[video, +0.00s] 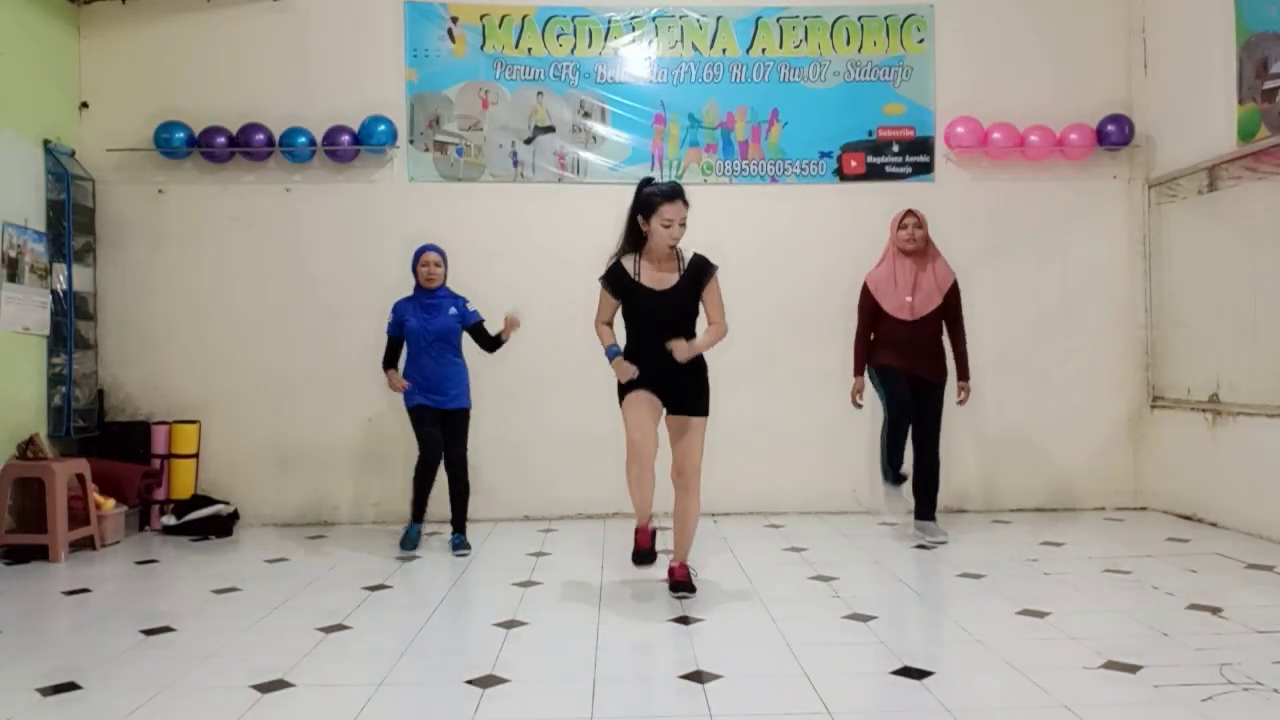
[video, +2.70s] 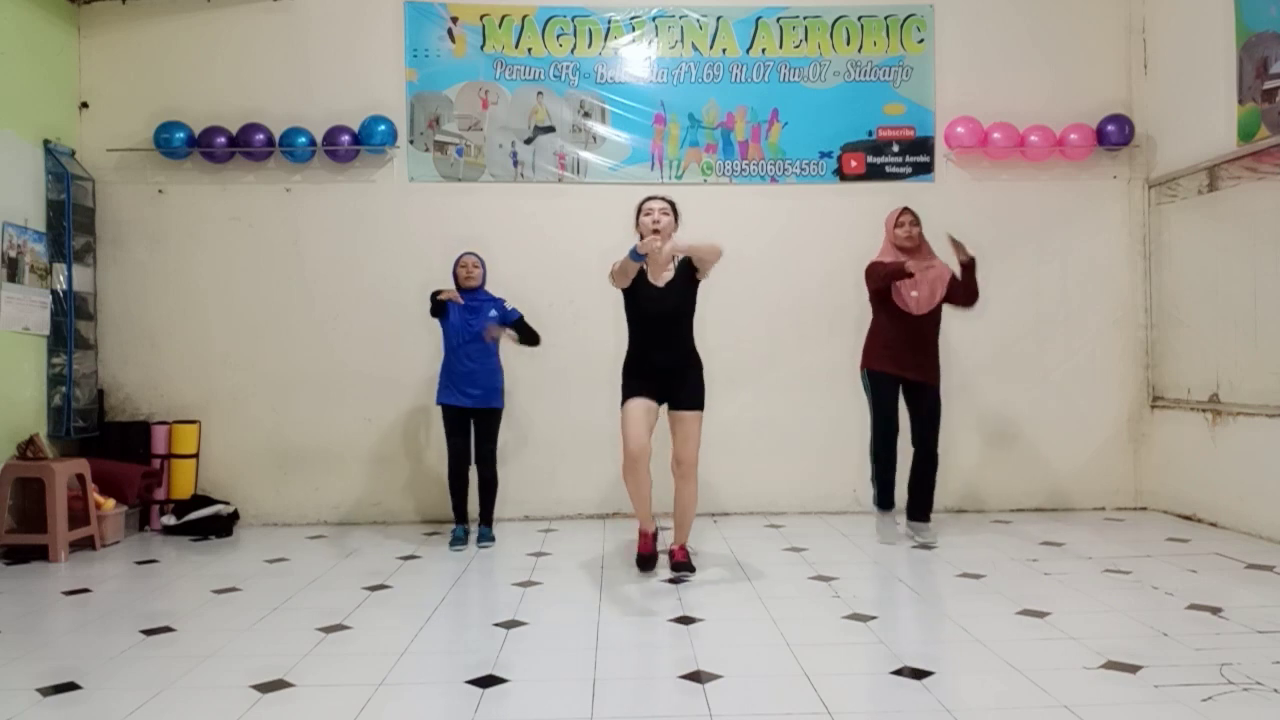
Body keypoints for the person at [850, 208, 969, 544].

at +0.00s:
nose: (911, 231)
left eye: (917, 226)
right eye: (904, 227)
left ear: (927, 234)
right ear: (894, 236)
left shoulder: (941, 274)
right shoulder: (879, 277)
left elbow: (955, 326)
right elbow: (864, 327)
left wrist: (962, 374)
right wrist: (858, 374)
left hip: (928, 365)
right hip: (886, 362)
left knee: (927, 443)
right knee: (899, 411)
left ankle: (926, 517)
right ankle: (893, 476)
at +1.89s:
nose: (909, 235)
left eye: (914, 229)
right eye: (901, 230)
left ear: (922, 235)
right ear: (890, 238)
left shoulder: (941, 279)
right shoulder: (878, 278)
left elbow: (950, 334)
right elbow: (864, 328)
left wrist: (950, 379)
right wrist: (851, 343)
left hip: (927, 377)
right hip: (884, 375)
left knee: (927, 450)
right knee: (888, 446)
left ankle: (917, 520)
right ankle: (889, 518)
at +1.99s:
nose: (910, 230)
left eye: (915, 225)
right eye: (903, 226)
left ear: (924, 232)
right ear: (892, 234)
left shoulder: (942, 275)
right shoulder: (879, 274)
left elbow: (951, 329)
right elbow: (858, 322)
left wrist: (951, 375)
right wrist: (840, 301)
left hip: (926, 365)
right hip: (885, 363)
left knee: (925, 441)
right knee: (888, 432)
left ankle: (917, 520)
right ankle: (890, 498)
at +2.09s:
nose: (911, 228)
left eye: (916, 223)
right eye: (904, 224)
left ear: (925, 230)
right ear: (892, 232)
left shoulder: (941, 272)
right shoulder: (881, 270)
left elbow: (950, 327)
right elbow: (852, 312)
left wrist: (949, 373)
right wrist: (850, 276)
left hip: (926, 364)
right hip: (885, 359)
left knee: (922, 441)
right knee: (889, 417)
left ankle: (917, 519)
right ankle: (891, 489)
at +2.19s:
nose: (912, 231)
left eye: (916, 226)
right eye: (904, 227)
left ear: (923, 233)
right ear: (892, 235)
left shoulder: (937, 274)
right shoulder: (882, 270)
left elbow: (947, 328)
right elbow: (858, 287)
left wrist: (948, 377)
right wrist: (882, 254)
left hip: (926, 373)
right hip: (884, 372)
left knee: (926, 447)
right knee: (888, 443)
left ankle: (917, 519)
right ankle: (885, 519)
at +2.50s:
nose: (910, 233)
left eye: (914, 228)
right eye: (902, 229)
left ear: (922, 234)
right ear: (890, 238)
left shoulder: (933, 276)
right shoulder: (878, 271)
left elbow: (938, 327)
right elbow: (878, 280)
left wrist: (972, 323)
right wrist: (904, 272)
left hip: (921, 368)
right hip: (879, 368)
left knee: (934, 441)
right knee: (883, 442)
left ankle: (920, 509)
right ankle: (884, 518)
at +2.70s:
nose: (909, 229)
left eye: (914, 224)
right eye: (901, 225)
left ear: (922, 231)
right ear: (890, 234)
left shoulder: (936, 271)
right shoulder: (879, 269)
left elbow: (966, 298)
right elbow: (876, 278)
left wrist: (967, 265)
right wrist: (903, 270)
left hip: (923, 367)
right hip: (882, 363)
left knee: (927, 444)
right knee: (885, 436)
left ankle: (919, 519)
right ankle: (885, 512)